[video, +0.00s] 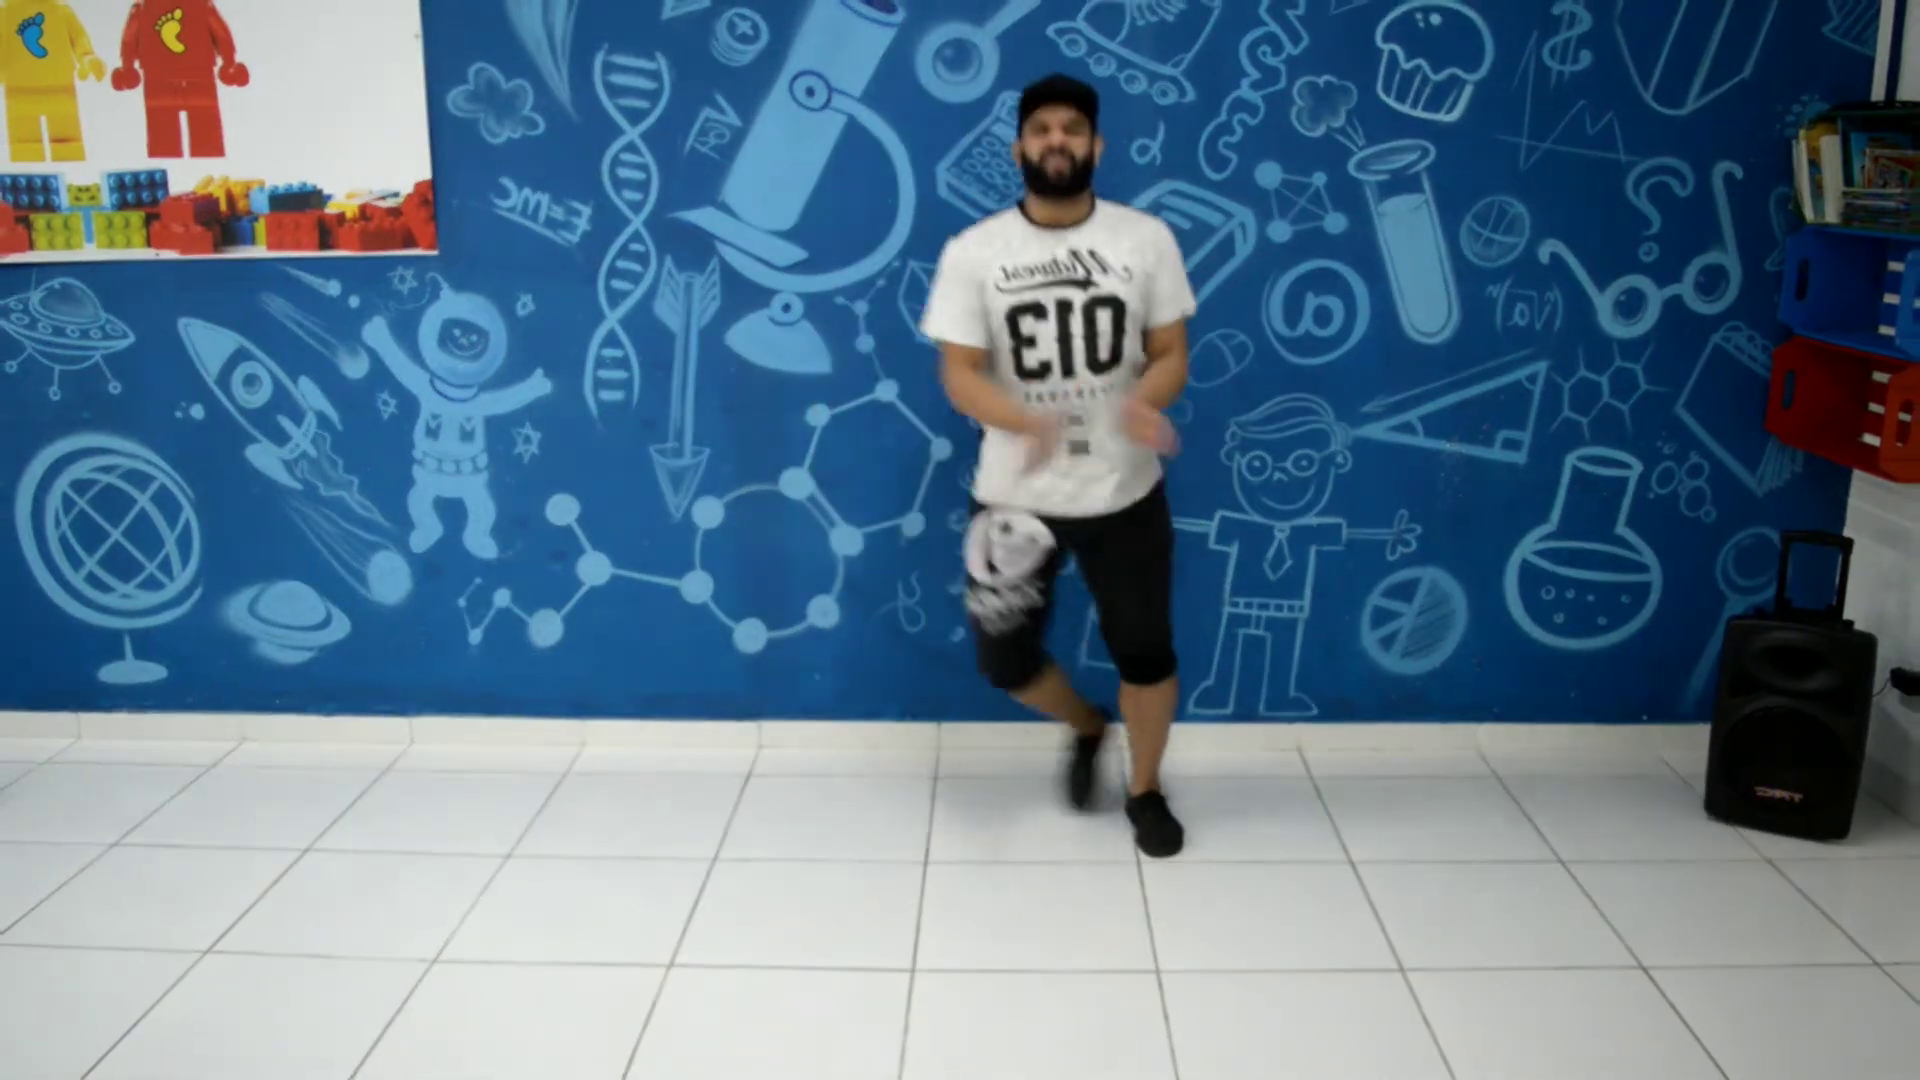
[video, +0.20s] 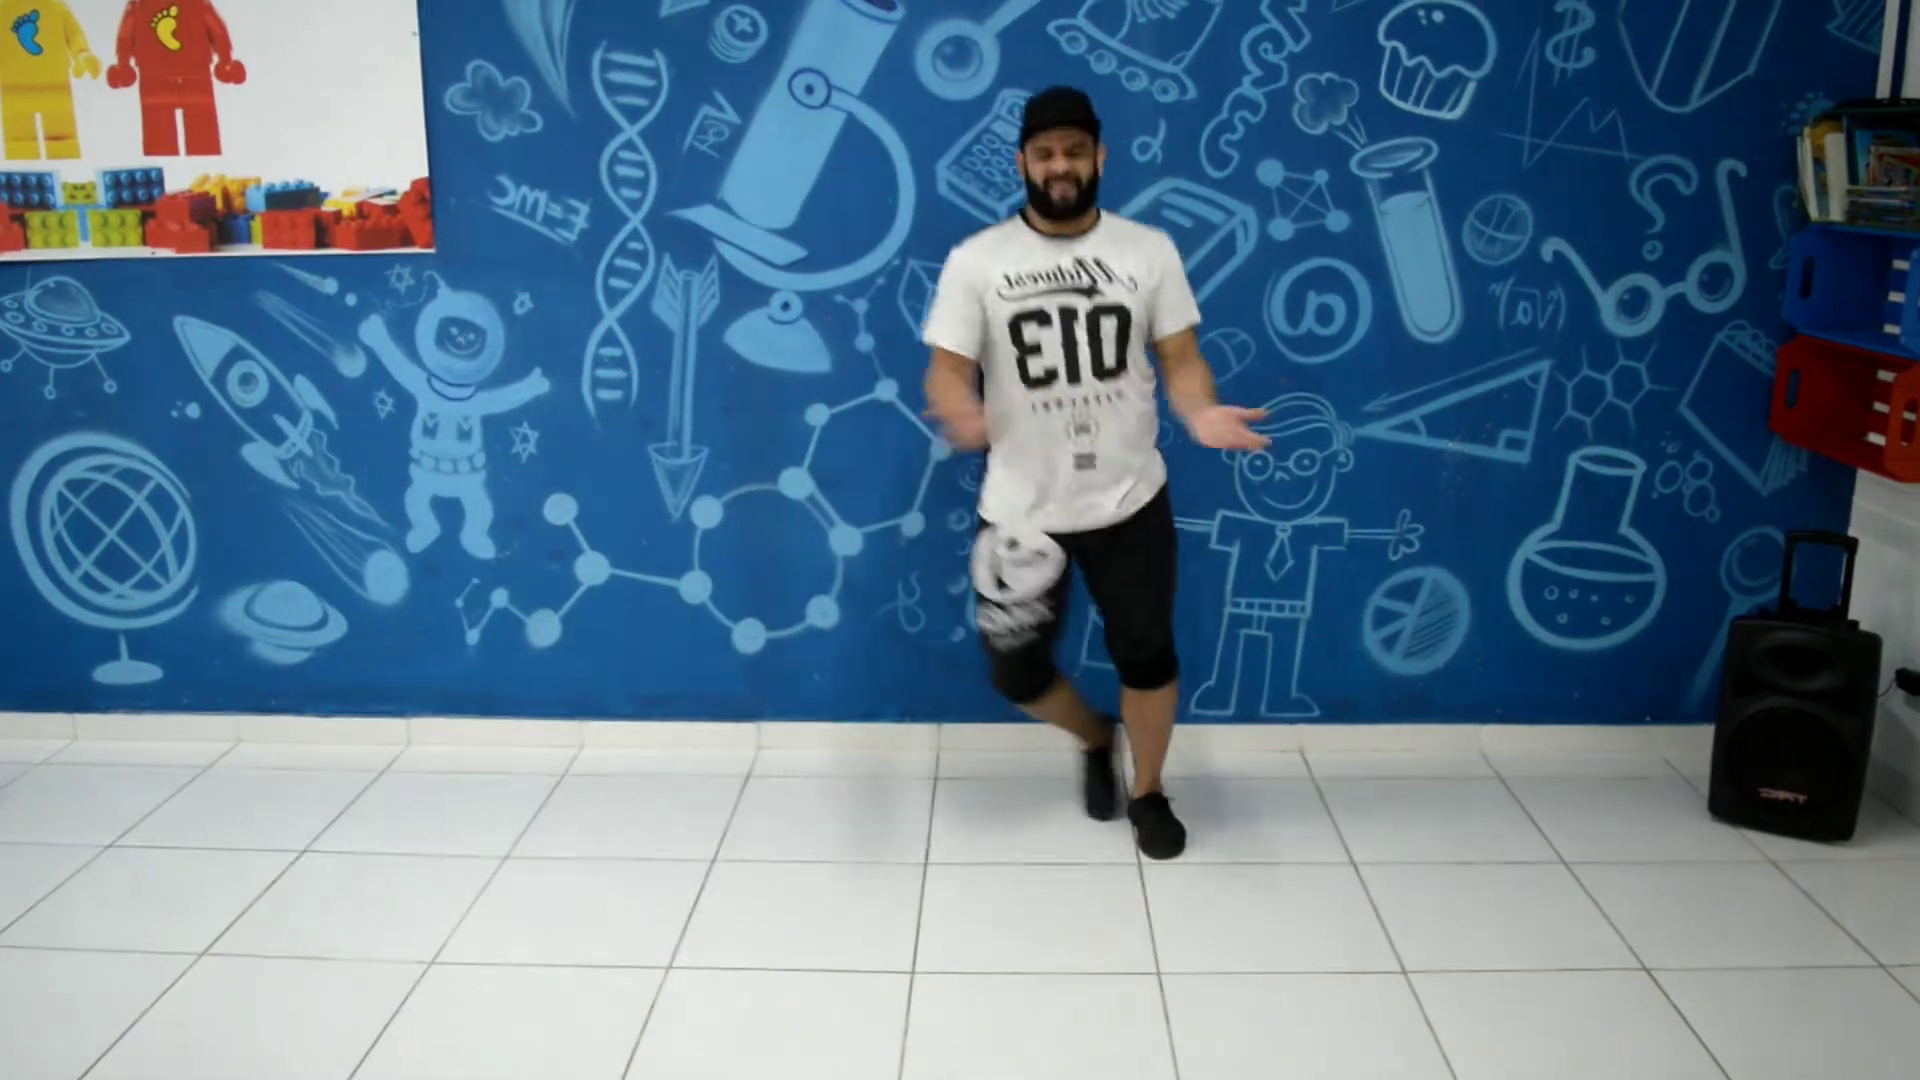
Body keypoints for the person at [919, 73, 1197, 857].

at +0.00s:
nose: (1057, 143)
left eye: (1072, 131)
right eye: (1042, 131)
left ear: (1095, 147)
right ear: (1020, 148)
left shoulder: (1146, 241)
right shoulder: (973, 254)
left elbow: (1171, 356)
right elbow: (960, 380)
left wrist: (1141, 401)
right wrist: (1023, 418)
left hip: (1123, 489)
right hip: (1017, 490)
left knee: (1145, 654)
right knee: (1005, 658)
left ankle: (1146, 788)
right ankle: (1090, 724)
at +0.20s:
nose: (1060, 169)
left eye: (1074, 153)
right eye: (1044, 154)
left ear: (1100, 157)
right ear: (1021, 162)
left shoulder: (1148, 253)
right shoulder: (976, 264)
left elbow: (1182, 359)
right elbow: (945, 373)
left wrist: (1199, 409)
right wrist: (963, 413)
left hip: (1127, 496)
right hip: (1022, 502)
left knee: (1148, 656)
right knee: (1017, 671)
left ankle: (1148, 790)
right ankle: (1097, 738)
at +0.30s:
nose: (1045, 148)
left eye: (1059, 132)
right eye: (1027, 136)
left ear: (1082, 139)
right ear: (1005, 148)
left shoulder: (1138, 235)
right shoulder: (959, 250)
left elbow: (1195, 327)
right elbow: (904, 347)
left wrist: (1232, 395)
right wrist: (870, 416)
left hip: (1110, 487)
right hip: (999, 487)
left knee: (1132, 647)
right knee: (960, 655)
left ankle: (1146, 791)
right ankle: (1004, 745)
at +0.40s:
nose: (1024, 160)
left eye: (1037, 145)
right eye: (1006, 149)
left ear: (1063, 157)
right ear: (983, 168)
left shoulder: (1119, 247)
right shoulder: (938, 263)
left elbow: (1185, 315)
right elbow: (857, 333)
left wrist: (1240, 381)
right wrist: (780, 400)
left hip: (1093, 500)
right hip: (977, 501)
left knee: (1134, 662)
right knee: (908, 655)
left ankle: (1145, 798)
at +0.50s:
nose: (1000, 184)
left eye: (1016, 170)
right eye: (983, 172)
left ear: (1041, 183)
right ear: (960, 188)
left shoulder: (1092, 274)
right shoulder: (909, 283)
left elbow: (1143, 338)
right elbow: (839, 334)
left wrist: (1173, 408)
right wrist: (820, 414)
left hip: (1063, 521)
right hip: (943, 520)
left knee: (1117, 673)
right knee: (868, 670)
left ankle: (1145, 797)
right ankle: (850, 793)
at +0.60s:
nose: (980, 160)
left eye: (995, 147)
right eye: (962, 148)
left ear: (1018, 160)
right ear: (939, 163)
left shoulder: (1066, 257)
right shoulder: (887, 256)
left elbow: (1101, 326)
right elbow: (847, 324)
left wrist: (1063, 429)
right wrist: (871, 424)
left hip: (1028, 495)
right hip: (912, 491)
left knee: (1081, 652)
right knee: (861, 655)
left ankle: (1121, 792)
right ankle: (849, 790)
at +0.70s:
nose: (965, 130)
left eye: (981, 118)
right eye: (950, 116)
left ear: (1004, 132)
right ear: (925, 129)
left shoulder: (1048, 227)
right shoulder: (870, 219)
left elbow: (1096, 319)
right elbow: (815, 309)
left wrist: (1126, 425)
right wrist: (775, 406)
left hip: (1013, 475)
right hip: (898, 470)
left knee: (1041, 645)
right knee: (864, 638)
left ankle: (1016, 753)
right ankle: (850, 783)